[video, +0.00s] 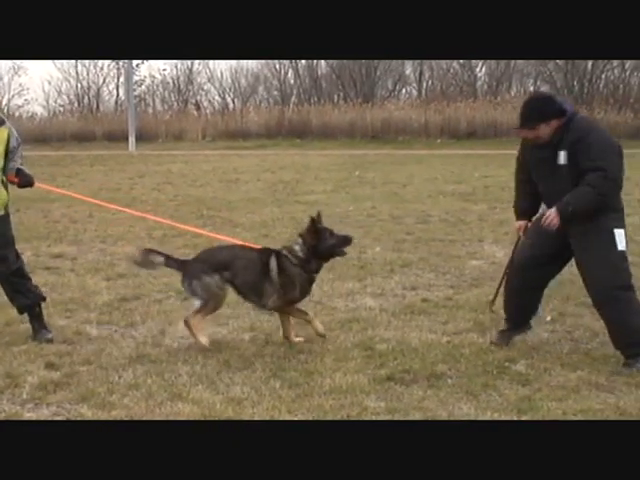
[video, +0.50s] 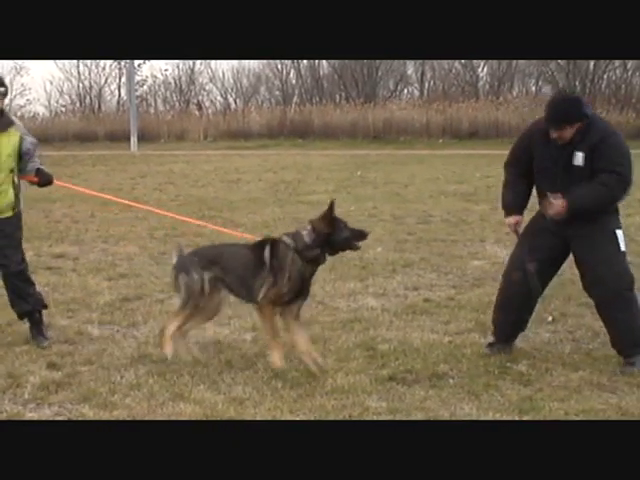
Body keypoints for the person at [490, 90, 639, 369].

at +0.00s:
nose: (528, 136)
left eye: (532, 129)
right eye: (526, 130)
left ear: (552, 123)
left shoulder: (593, 139)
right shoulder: (532, 143)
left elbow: (603, 185)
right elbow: (525, 179)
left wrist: (563, 210)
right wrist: (523, 215)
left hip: (596, 221)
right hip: (554, 220)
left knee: (609, 287)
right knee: (522, 268)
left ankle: (634, 352)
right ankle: (516, 324)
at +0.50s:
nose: (555, 134)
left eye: (561, 129)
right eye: (552, 128)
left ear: (578, 124)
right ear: (547, 121)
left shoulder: (605, 140)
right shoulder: (536, 135)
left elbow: (616, 182)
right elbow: (517, 170)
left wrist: (570, 203)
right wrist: (513, 210)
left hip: (595, 224)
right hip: (549, 222)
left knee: (611, 285)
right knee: (519, 275)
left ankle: (632, 352)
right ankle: (502, 338)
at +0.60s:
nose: (569, 128)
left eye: (576, 123)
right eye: (566, 122)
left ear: (593, 121)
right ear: (562, 115)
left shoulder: (616, 144)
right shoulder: (545, 133)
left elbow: (632, 188)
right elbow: (520, 164)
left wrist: (605, 217)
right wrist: (509, 204)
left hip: (594, 225)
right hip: (549, 220)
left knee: (611, 287)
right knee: (518, 270)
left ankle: (632, 353)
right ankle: (500, 335)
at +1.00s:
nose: (542, 123)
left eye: (549, 119)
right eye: (540, 117)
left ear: (567, 116)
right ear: (536, 113)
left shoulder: (592, 134)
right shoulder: (523, 135)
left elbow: (617, 171)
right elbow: (497, 172)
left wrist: (600, 204)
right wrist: (493, 217)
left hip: (580, 225)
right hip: (532, 224)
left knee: (604, 284)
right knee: (508, 280)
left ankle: (620, 345)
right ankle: (493, 341)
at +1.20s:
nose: (557, 142)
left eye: (563, 137)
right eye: (552, 136)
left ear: (574, 129)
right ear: (543, 128)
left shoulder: (593, 139)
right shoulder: (525, 142)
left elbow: (616, 175)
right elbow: (502, 178)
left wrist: (589, 202)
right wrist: (505, 222)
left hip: (587, 230)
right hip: (539, 229)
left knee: (615, 284)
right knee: (509, 283)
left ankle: (634, 345)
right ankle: (490, 341)